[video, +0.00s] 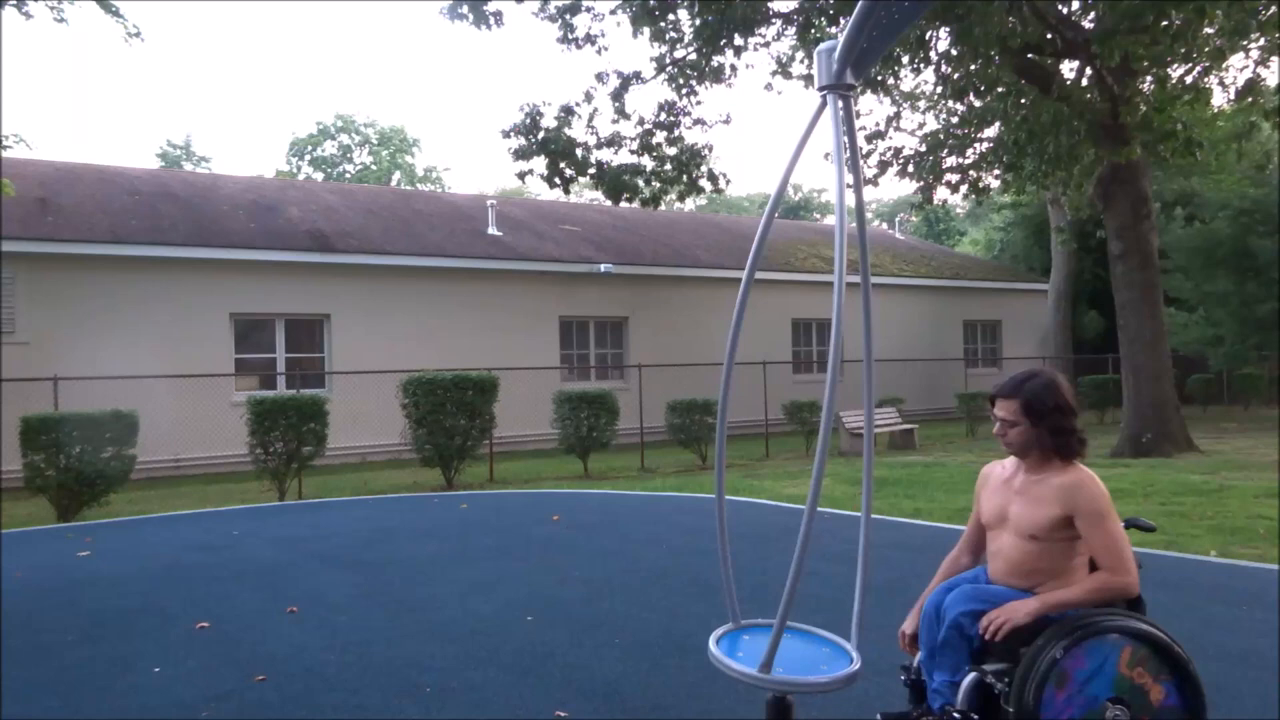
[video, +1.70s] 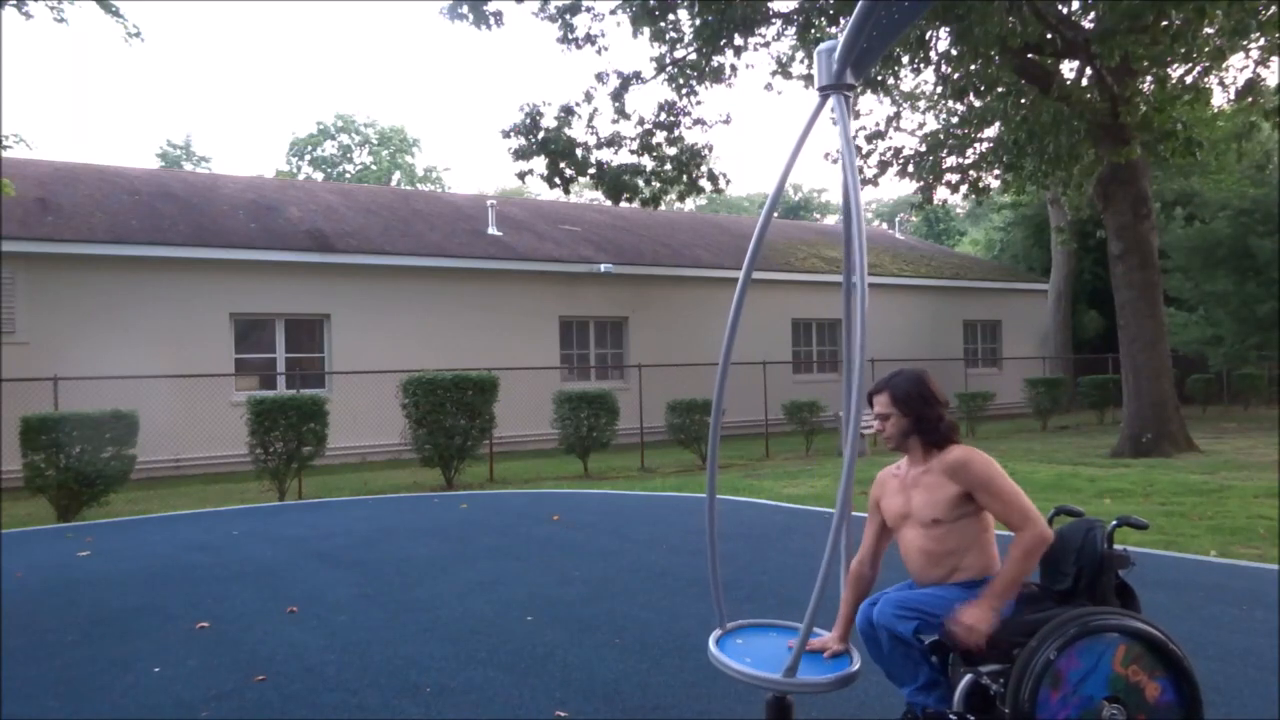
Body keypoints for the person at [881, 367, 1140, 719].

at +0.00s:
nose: (997, 431)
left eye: (1009, 425)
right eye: (996, 421)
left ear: (1043, 426)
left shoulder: (1080, 486)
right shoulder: (992, 474)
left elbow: (1123, 580)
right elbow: (966, 553)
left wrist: (1035, 604)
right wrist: (919, 609)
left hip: (1039, 598)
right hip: (989, 582)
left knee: (957, 610)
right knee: (937, 603)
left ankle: (945, 708)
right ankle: (933, 703)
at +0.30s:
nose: (986, 437)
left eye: (998, 430)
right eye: (985, 427)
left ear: (1033, 430)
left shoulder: (1079, 481)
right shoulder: (977, 482)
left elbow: (1108, 581)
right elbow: (936, 546)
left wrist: (1028, 613)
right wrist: (877, 598)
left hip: (1050, 599)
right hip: (995, 582)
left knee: (963, 609)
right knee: (935, 604)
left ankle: (949, 708)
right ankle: (935, 704)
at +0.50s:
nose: (961, 445)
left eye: (971, 437)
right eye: (958, 435)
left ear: (1005, 436)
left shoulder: (1060, 479)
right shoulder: (953, 495)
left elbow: (1102, 572)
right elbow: (896, 560)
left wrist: (1035, 620)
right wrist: (840, 615)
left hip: (1055, 603)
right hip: (995, 592)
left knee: (967, 608)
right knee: (932, 609)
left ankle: (948, 708)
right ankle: (934, 703)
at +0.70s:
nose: (914, 458)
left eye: (923, 450)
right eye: (912, 449)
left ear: (955, 447)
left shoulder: (1016, 480)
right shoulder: (917, 506)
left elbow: (1080, 559)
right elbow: (882, 574)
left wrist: (1032, 622)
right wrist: (846, 640)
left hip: (1054, 600)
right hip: (988, 594)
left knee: (966, 610)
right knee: (929, 610)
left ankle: (946, 709)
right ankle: (936, 705)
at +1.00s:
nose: (867, 457)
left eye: (876, 448)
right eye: (866, 447)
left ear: (907, 447)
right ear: (903, 449)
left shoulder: (969, 479)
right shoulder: (882, 497)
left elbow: (1045, 549)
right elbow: (867, 571)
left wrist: (1023, 624)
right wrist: (846, 641)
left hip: (1029, 594)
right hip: (966, 592)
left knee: (950, 615)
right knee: (914, 612)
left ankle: (942, 711)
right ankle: (935, 708)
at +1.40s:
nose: (858, 424)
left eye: (867, 416)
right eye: (857, 415)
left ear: (897, 414)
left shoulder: (948, 458)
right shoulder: (873, 481)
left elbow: (1016, 536)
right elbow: (861, 567)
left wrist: (1019, 621)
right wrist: (844, 639)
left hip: (984, 587)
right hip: (928, 586)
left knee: (906, 619)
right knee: (876, 619)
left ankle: (937, 708)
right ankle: (923, 702)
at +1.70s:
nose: (876, 428)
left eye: (884, 418)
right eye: (875, 419)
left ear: (915, 415)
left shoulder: (963, 462)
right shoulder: (885, 481)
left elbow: (1036, 532)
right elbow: (863, 565)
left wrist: (988, 606)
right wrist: (838, 634)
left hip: (976, 590)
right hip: (923, 590)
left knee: (890, 615)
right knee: (868, 618)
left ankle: (942, 705)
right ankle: (928, 702)